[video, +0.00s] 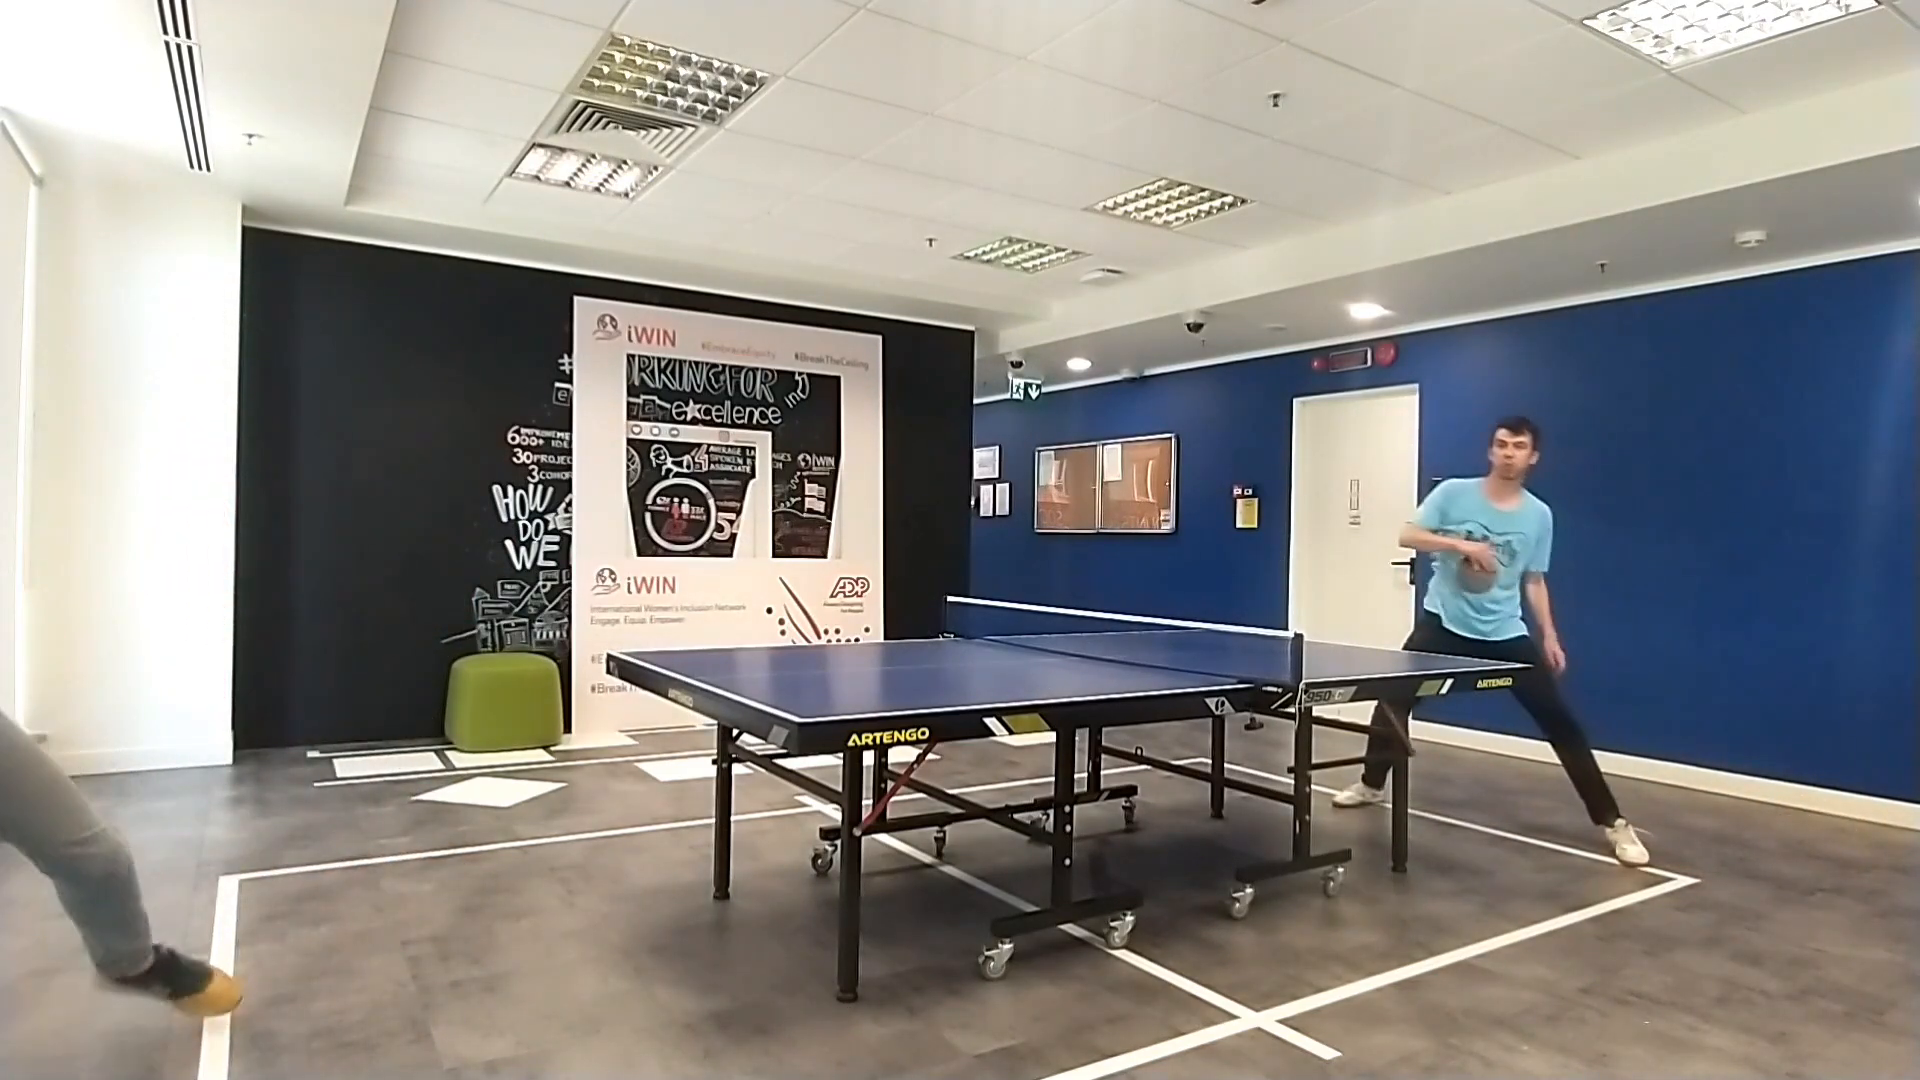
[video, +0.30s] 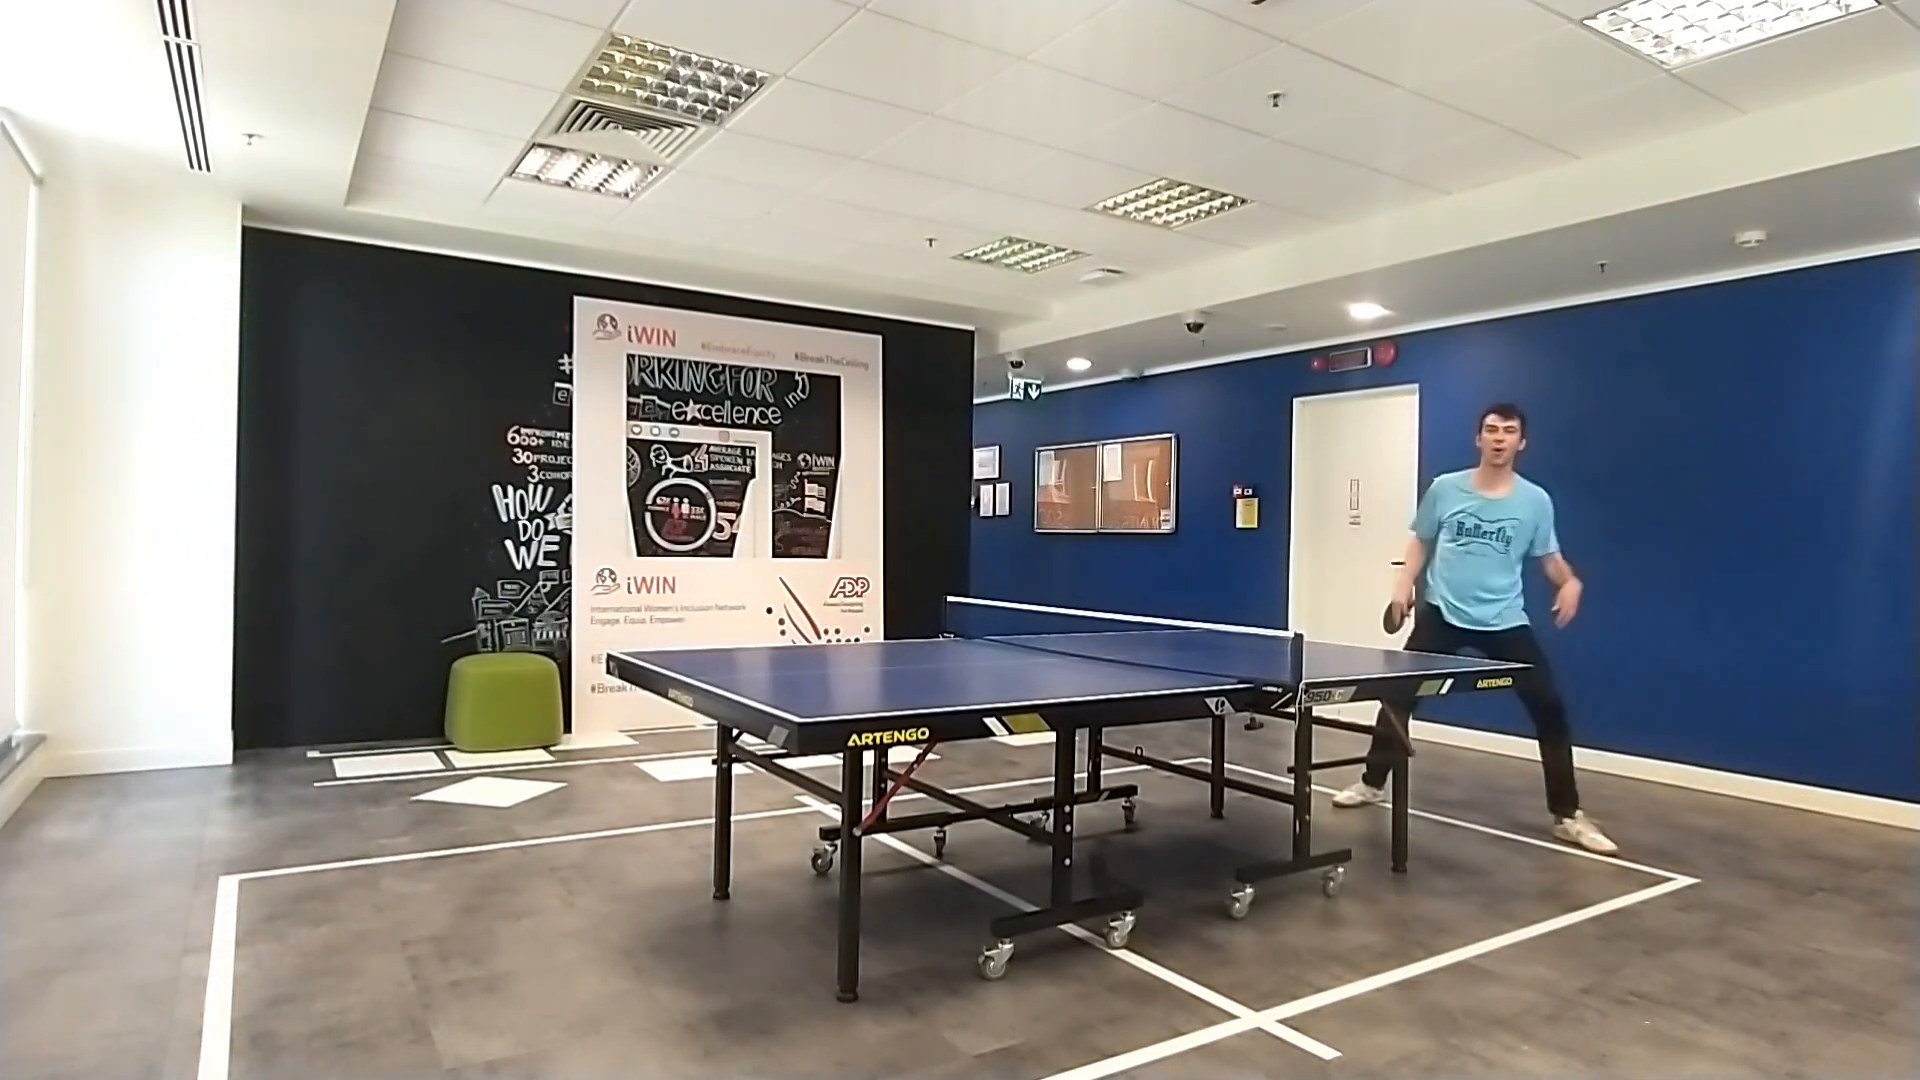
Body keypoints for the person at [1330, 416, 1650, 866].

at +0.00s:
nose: (1508, 453)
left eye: (1518, 447)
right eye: (1502, 445)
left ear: (1533, 457)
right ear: (1490, 451)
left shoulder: (1538, 514)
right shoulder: (1453, 492)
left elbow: (1534, 579)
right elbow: (1408, 536)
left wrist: (1548, 633)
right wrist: (1464, 546)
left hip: (1506, 632)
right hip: (1443, 624)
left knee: (1558, 720)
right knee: (1394, 694)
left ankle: (1614, 824)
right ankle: (1371, 784)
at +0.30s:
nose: (1498, 438)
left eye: (1507, 432)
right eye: (1491, 430)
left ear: (1521, 442)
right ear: (1478, 438)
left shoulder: (1535, 500)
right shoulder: (1443, 488)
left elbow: (1549, 556)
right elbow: (1419, 541)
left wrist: (1569, 582)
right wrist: (1403, 584)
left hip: (1505, 621)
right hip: (1442, 615)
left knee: (1549, 706)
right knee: (1398, 694)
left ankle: (1567, 815)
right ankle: (1370, 784)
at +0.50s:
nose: (1554, 437)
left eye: (1563, 431)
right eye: (1546, 429)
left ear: (1574, 442)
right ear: (1530, 436)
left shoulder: (1585, 503)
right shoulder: (1491, 482)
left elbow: (1603, 557)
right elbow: (1457, 533)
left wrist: (1615, 577)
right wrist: (1432, 584)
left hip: (1540, 621)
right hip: (1476, 612)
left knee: (1577, 709)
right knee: (1422, 693)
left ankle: (1570, 818)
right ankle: (1374, 780)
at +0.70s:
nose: (1598, 429)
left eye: (1608, 423)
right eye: (1590, 419)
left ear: (1617, 433)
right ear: (1572, 422)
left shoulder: (1623, 490)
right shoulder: (1531, 463)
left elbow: (1636, 552)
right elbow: (1498, 508)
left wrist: (1629, 582)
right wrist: (1475, 559)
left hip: (1568, 606)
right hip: (1506, 592)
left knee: (1581, 703)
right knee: (1464, 679)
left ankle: (1572, 816)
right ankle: (1437, 778)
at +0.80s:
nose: (1607, 423)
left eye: (1618, 418)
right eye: (1600, 413)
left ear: (1628, 429)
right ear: (1582, 417)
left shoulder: (1633, 486)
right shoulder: (1541, 458)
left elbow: (1645, 550)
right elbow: (1511, 503)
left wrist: (1624, 582)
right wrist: (1488, 551)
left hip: (1577, 604)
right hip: (1517, 589)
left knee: (1579, 706)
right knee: (1485, 679)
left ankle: (1571, 815)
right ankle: (1487, 776)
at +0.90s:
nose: (1611, 417)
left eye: (1621, 412)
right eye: (1603, 408)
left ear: (1630, 422)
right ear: (1585, 413)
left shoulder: (1637, 480)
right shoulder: (1545, 457)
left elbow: (1650, 547)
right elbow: (1520, 505)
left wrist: (1620, 578)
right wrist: (1500, 550)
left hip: (1587, 605)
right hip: (1528, 590)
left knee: (1583, 707)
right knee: (1501, 681)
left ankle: (1572, 814)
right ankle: (1534, 766)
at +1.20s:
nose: (1587, 414)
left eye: (1596, 408)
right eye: (1579, 407)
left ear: (1607, 416)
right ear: (1563, 415)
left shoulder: (1631, 466)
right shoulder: (1548, 469)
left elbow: (1679, 518)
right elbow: (1544, 532)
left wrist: (1643, 559)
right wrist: (1535, 589)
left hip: (1605, 607)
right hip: (1554, 603)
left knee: (1589, 705)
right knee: (1556, 700)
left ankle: (1572, 814)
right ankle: (1603, 775)